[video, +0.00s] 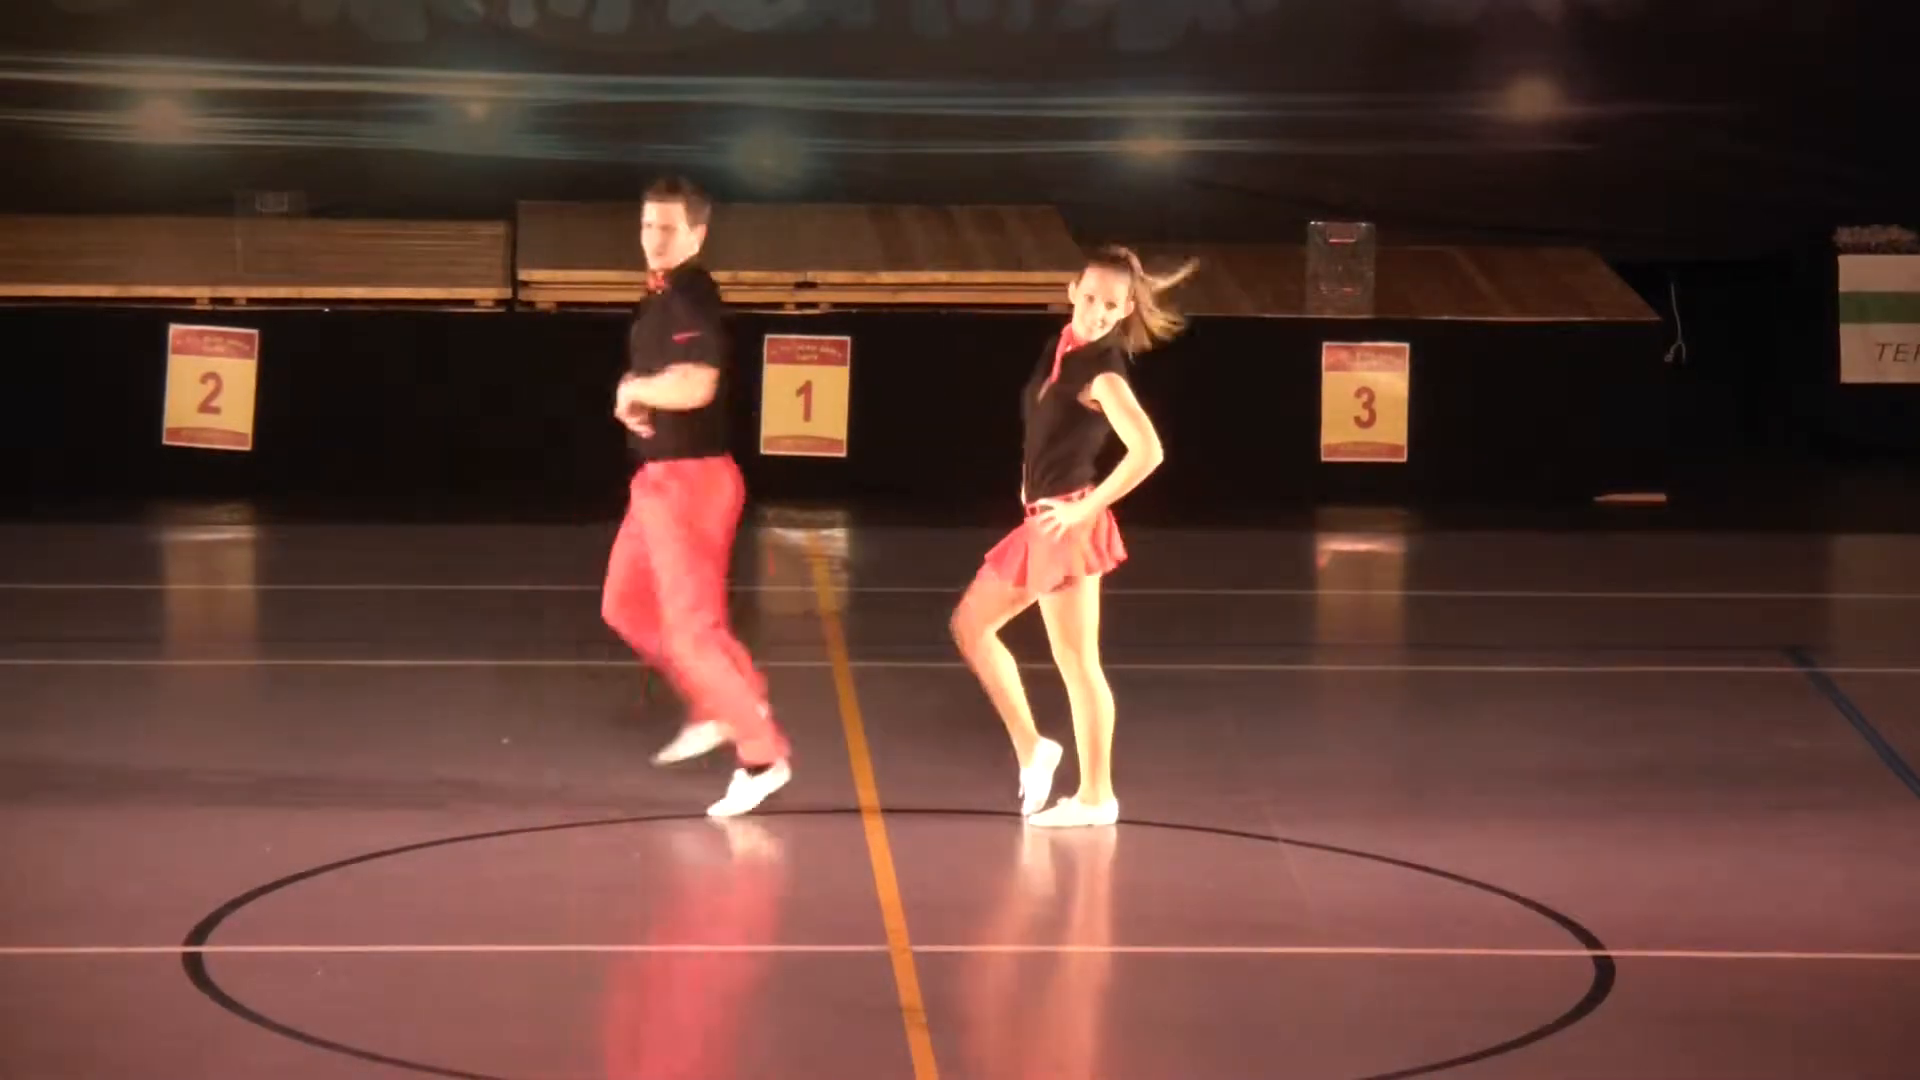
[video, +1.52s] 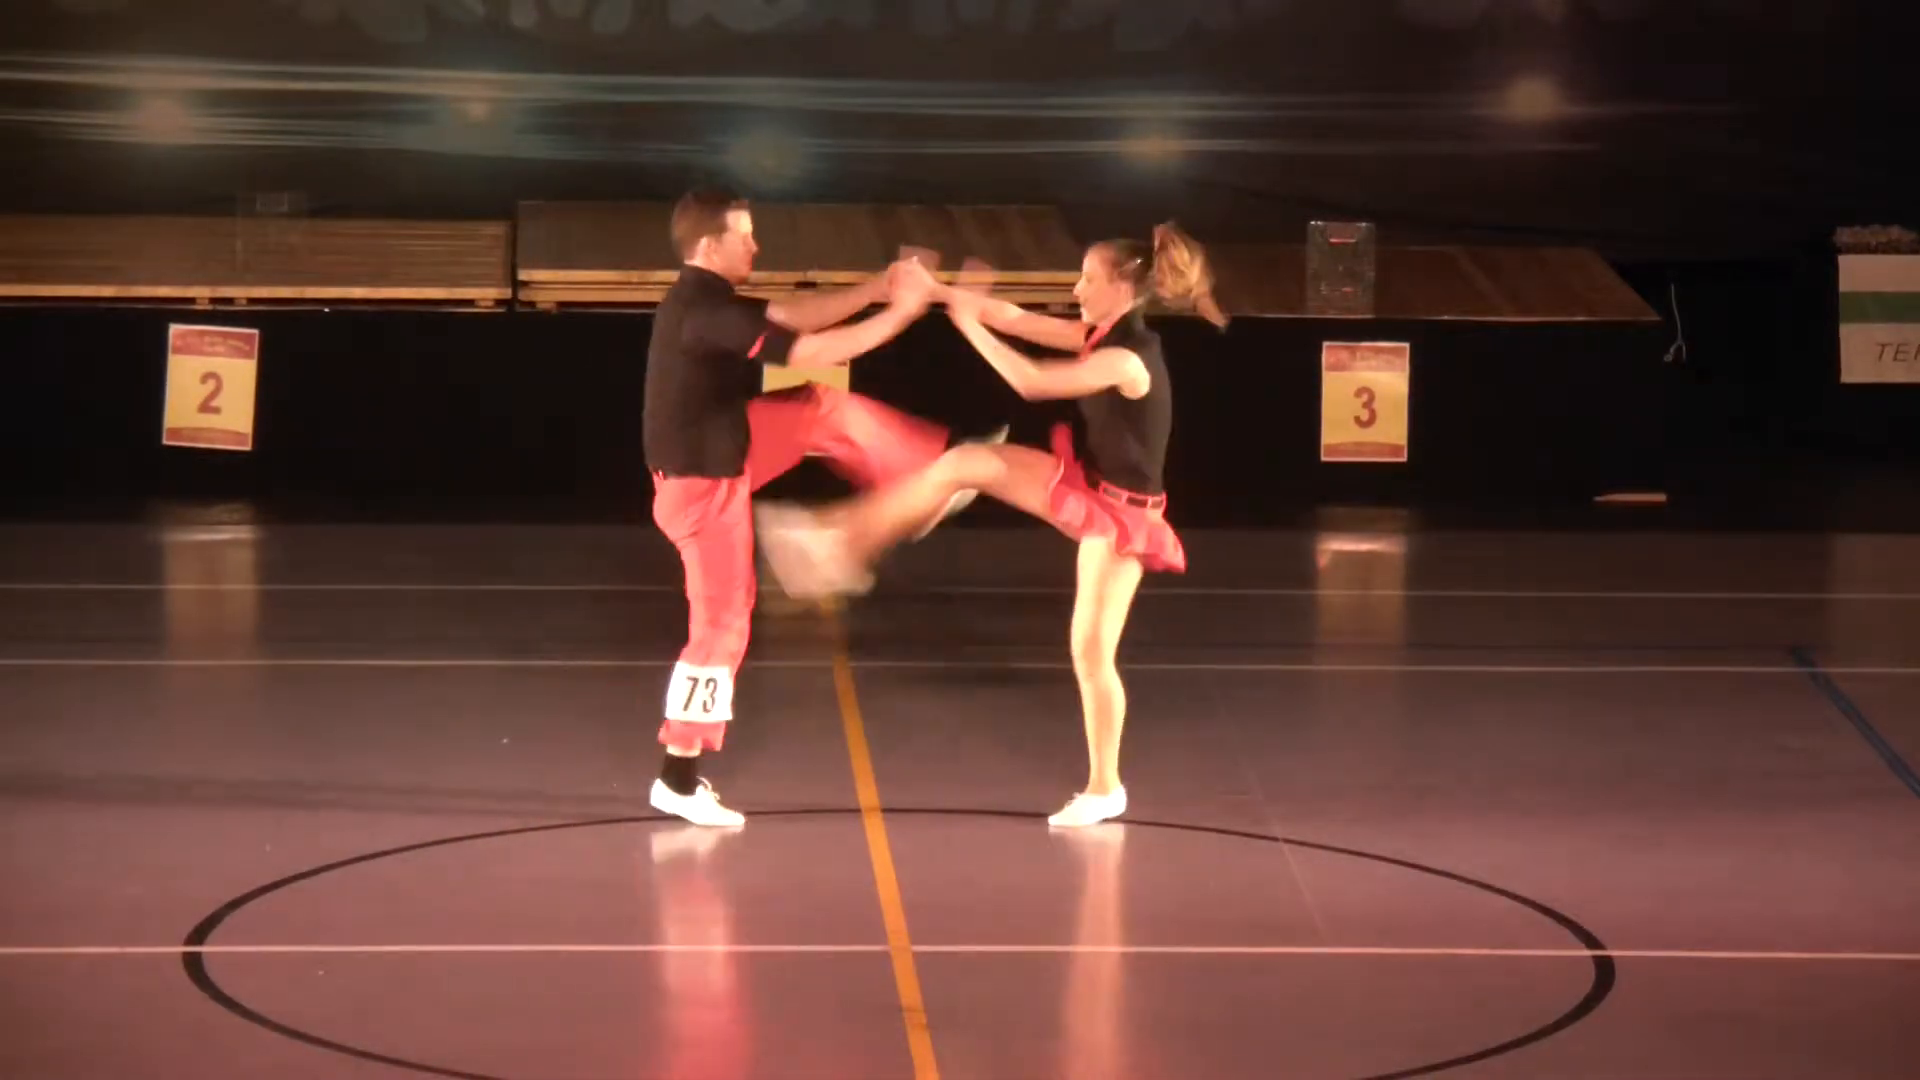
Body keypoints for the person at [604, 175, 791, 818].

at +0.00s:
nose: (655, 238)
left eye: (669, 227)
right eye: (649, 226)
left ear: (698, 230)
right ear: (641, 228)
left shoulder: (693, 294)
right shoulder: (659, 299)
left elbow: (698, 384)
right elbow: (663, 377)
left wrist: (631, 389)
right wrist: (635, 404)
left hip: (693, 481)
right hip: (659, 479)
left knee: (692, 625)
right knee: (626, 605)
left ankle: (765, 757)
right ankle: (711, 709)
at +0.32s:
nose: (712, 241)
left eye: (722, 228)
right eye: (701, 229)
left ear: (740, 231)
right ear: (682, 232)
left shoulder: (750, 293)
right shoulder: (660, 295)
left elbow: (780, 379)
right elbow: (621, 391)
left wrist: (789, 353)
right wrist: (678, 345)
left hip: (726, 476)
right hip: (662, 473)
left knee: (721, 615)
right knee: (667, 611)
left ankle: (711, 750)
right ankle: (639, 756)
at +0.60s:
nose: (712, 288)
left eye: (723, 275)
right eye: (701, 276)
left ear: (739, 275)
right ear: (682, 276)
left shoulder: (745, 338)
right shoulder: (670, 347)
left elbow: (750, 418)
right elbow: (646, 452)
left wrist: (783, 408)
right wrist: (678, 437)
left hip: (725, 514)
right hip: (687, 516)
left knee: (656, 628)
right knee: (782, 620)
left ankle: (599, 741)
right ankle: (777, 765)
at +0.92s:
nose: (738, 239)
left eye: (737, 228)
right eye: (727, 229)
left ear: (710, 237)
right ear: (690, 237)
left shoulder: (722, 296)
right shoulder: (673, 307)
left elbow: (789, 344)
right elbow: (660, 389)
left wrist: (872, 363)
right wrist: (691, 416)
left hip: (732, 455)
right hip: (684, 481)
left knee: (824, 473)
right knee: (706, 607)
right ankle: (674, 767)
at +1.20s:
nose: (752, 235)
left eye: (751, 223)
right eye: (741, 224)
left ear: (723, 230)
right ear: (703, 232)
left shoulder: (741, 296)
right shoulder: (664, 299)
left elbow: (800, 345)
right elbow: (606, 382)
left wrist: (865, 329)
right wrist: (649, 411)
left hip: (696, 470)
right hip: (661, 470)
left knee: (669, 607)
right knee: (785, 540)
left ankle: (616, 754)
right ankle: (707, 655)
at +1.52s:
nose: (755, 244)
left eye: (751, 232)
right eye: (745, 233)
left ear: (706, 243)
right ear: (711, 244)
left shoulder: (705, 294)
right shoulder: (706, 308)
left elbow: (796, 316)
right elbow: (808, 351)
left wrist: (877, 287)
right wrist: (901, 312)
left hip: (724, 447)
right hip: (700, 479)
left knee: (830, 412)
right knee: (721, 620)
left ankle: (939, 478)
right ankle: (678, 775)